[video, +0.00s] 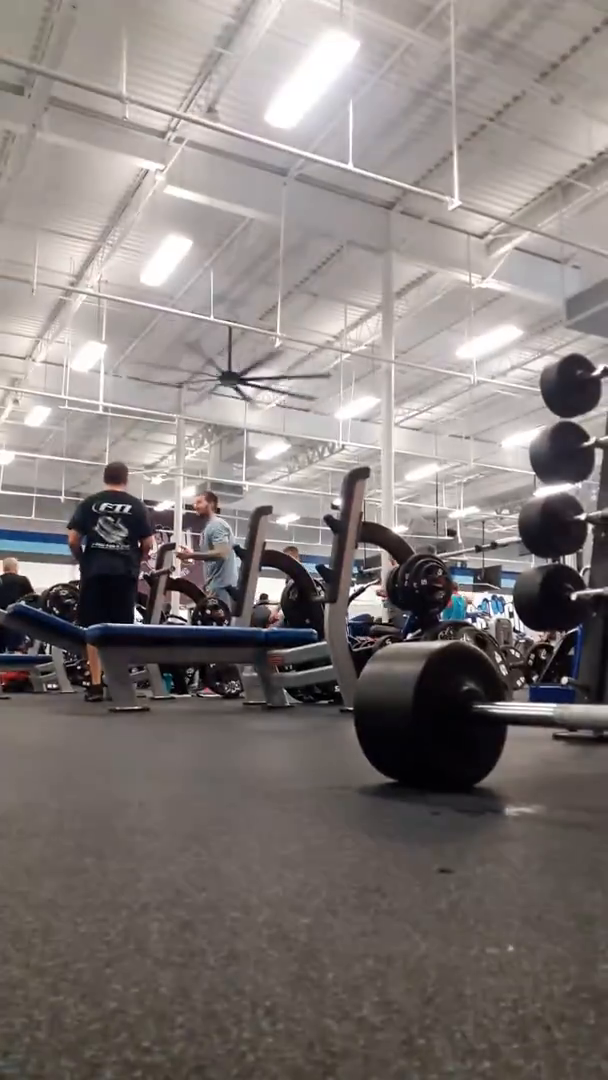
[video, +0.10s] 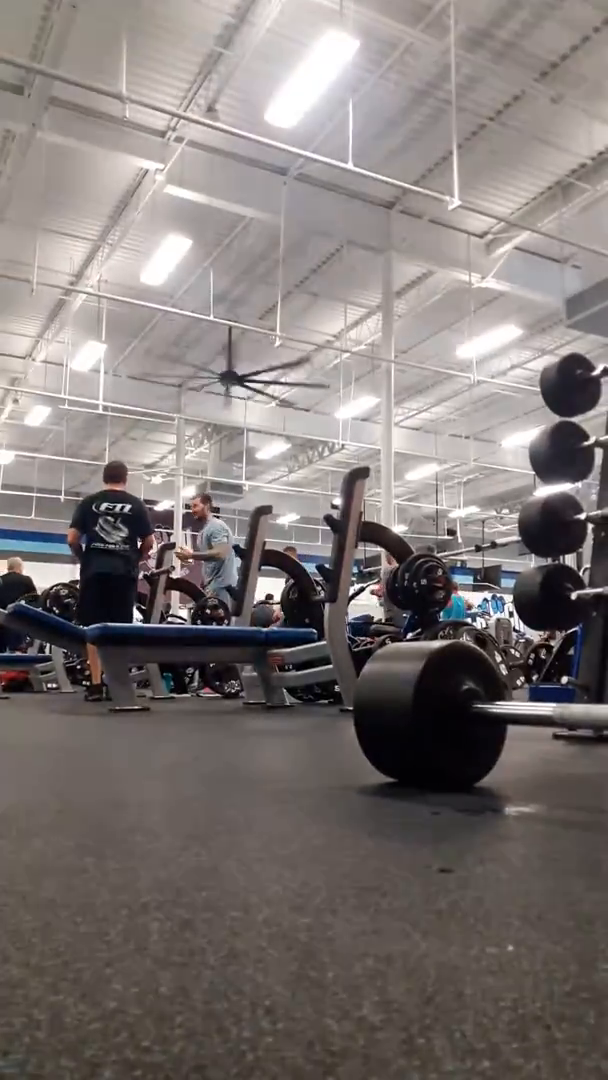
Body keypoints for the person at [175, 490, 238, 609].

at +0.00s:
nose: (195, 506)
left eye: (199, 502)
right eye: (195, 503)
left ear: (210, 504)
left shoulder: (217, 525)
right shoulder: (210, 526)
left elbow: (222, 552)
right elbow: (213, 552)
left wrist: (192, 555)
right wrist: (192, 553)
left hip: (221, 583)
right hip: (215, 581)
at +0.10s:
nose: (192, 510)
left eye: (195, 506)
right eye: (192, 507)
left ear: (206, 505)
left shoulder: (216, 526)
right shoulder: (206, 529)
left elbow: (221, 553)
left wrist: (192, 555)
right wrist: (190, 555)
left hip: (221, 583)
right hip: (211, 582)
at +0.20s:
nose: (189, 512)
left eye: (192, 507)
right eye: (187, 508)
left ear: (203, 508)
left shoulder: (216, 529)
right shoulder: (198, 535)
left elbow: (220, 554)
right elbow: (198, 563)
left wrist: (193, 564)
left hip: (222, 584)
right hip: (209, 585)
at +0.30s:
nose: (184, 512)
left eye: (188, 507)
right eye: (184, 508)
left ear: (199, 509)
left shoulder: (212, 530)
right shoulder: (195, 536)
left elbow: (219, 559)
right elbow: (199, 565)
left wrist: (196, 575)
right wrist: (188, 573)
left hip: (221, 587)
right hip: (208, 587)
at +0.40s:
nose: (180, 515)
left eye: (183, 510)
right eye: (178, 512)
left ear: (194, 510)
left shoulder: (210, 532)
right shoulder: (191, 542)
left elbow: (217, 562)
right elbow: (198, 571)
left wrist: (202, 586)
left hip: (222, 588)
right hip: (210, 588)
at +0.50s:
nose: (175, 523)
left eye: (176, 518)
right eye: (173, 520)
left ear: (188, 515)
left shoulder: (205, 536)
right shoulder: (191, 542)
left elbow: (215, 566)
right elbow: (198, 571)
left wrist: (206, 589)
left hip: (223, 585)